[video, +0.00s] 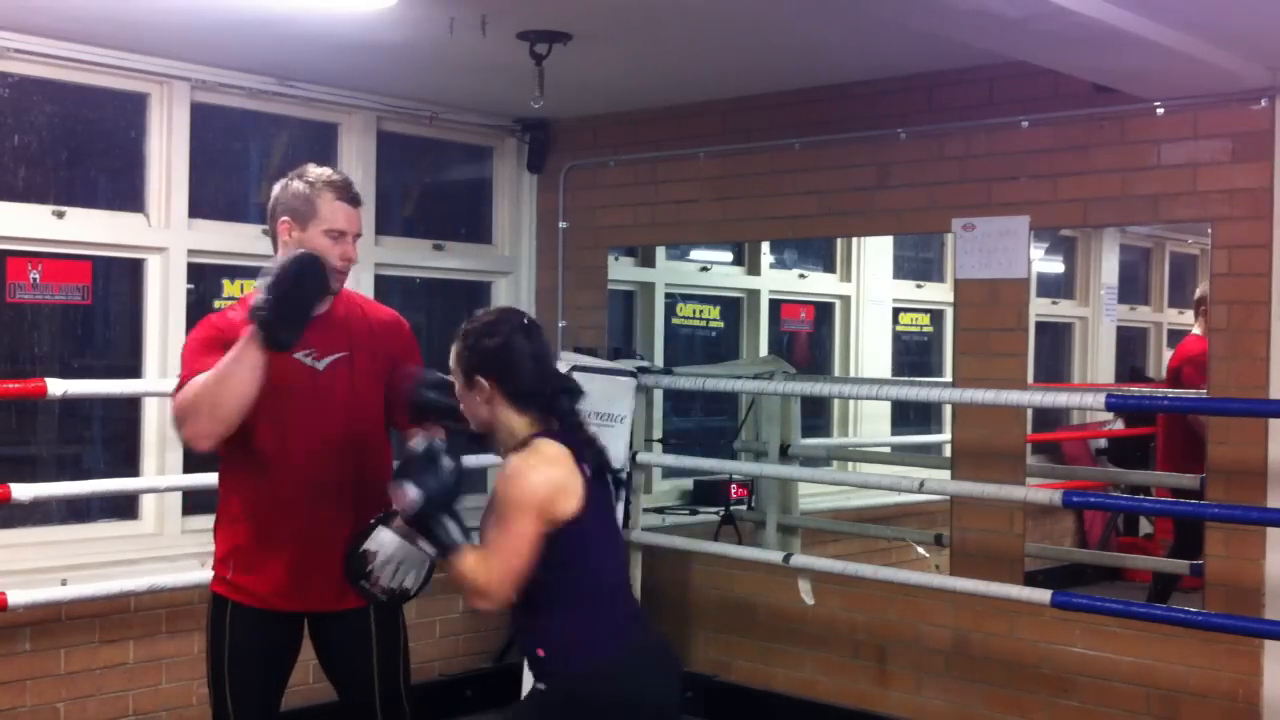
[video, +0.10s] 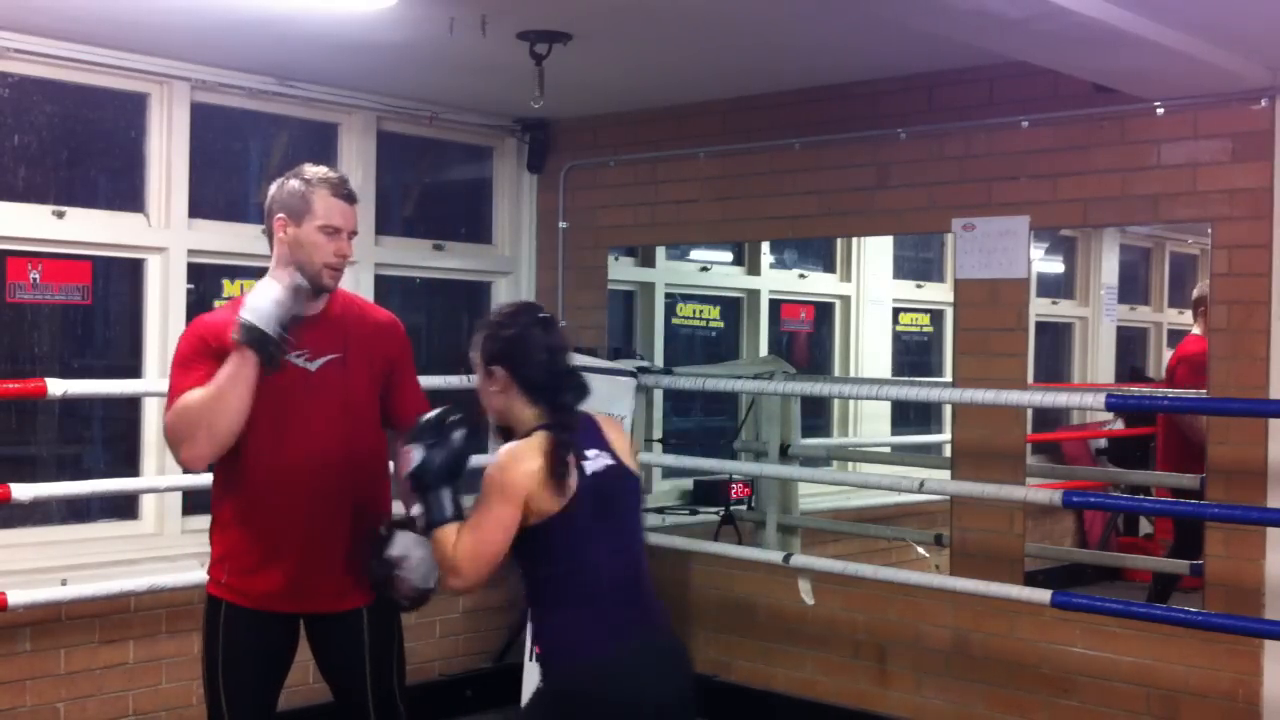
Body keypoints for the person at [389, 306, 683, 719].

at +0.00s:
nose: (456, 396)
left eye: (457, 383)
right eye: (453, 382)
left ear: (484, 390)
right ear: (535, 375)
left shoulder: (531, 470)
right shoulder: (571, 443)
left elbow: (489, 588)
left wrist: (436, 517)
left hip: (583, 690)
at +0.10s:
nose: (475, 386)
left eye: (476, 373)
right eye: (474, 374)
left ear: (498, 380)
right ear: (553, 367)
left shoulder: (517, 463)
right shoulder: (611, 430)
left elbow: (461, 572)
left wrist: (434, 489)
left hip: (580, 684)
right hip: (657, 670)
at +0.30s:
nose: (560, 381)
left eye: (558, 369)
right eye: (555, 371)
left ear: (577, 366)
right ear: (631, 352)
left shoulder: (582, 447)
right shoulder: (691, 430)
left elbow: (535, 557)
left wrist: (513, 475)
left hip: (630, 673)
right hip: (712, 663)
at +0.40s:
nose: (567, 367)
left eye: (569, 353)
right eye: (565, 352)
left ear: (592, 359)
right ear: (648, 349)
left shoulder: (594, 438)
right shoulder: (704, 426)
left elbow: (543, 546)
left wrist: (524, 462)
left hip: (636, 669)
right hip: (717, 661)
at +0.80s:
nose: (478, 545)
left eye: (480, 532)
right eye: (478, 531)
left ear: (505, 540)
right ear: (554, 518)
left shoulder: (536, 596)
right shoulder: (622, 560)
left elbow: (514, 710)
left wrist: (468, 646)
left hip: (644, 711)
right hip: (713, 707)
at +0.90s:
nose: (481, 574)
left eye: (482, 563)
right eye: (480, 561)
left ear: (508, 574)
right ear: (560, 548)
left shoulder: (537, 622)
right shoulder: (627, 581)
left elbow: (523, 716)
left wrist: (476, 671)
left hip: (642, 710)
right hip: (709, 707)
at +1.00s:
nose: (506, 542)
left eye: (506, 529)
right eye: (504, 530)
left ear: (532, 530)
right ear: (579, 516)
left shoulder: (548, 585)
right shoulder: (648, 556)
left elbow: (529, 705)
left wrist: (491, 635)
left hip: (645, 712)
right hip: (728, 710)